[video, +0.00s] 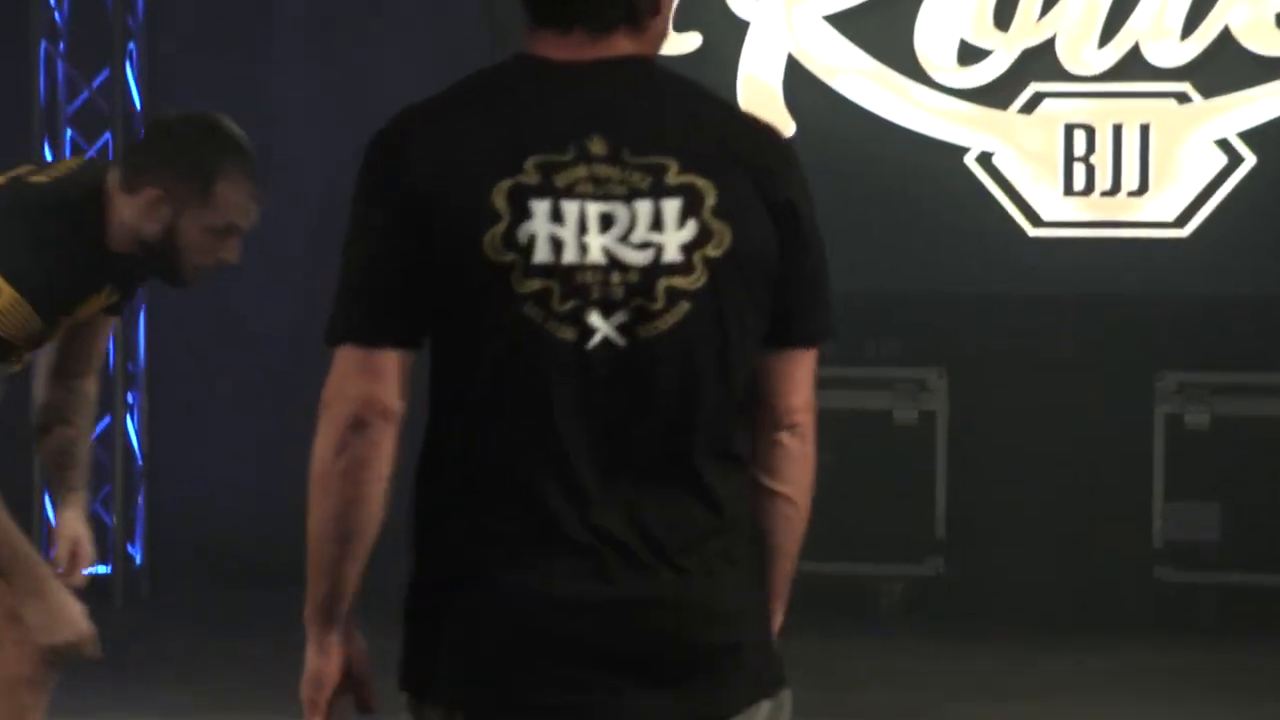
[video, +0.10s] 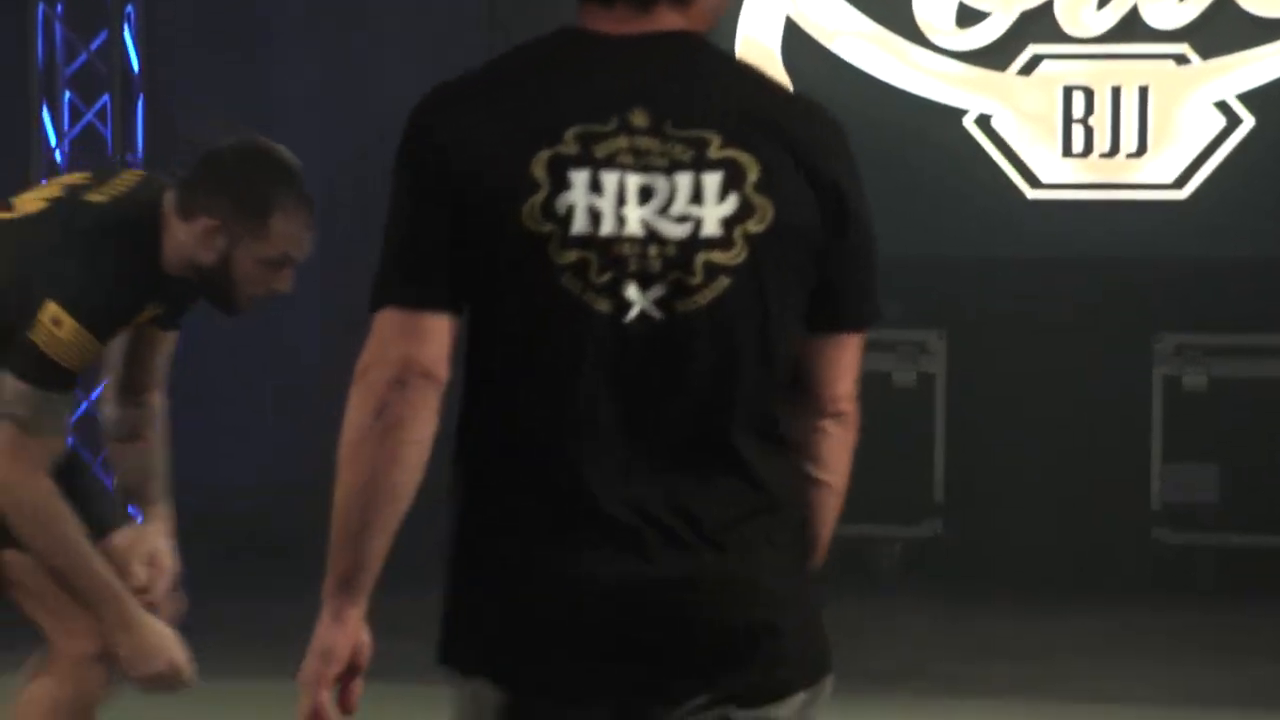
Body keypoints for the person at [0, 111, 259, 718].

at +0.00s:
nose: (232, 256)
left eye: (240, 236)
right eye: (220, 231)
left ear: (152, 204)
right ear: (154, 204)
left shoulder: (125, 237)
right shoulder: (32, 250)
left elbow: (73, 377)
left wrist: (70, 506)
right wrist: (30, 586)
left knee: (30, 638)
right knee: (37, 634)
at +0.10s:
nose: (286, 286)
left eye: (293, 266)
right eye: (274, 264)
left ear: (209, 233)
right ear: (209, 236)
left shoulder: (178, 244)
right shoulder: (90, 271)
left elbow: (139, 394)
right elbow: (15, 474)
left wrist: (153, 519)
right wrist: (126, 623)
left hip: (30, 419)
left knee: (146, 599)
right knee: (84, 643)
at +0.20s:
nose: (360, 309)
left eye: (366, 293)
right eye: (350, 291)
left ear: (290, 262)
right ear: (292, 266)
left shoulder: (262, 256)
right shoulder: (189, 301)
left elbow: (263, 395)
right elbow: (153, 495)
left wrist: (287, 493)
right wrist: (250, 630)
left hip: (131, 396)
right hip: (45, 417)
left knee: (291, 527)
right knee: (192, 607)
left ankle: (292, 704)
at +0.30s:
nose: (425, 322)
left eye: (430, 308)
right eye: (417, 308)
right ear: (362, 288)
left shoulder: (339, 257)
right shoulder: (277, 331)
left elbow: (363, 374)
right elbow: (265, 503)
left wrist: (395, 457)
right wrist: (337, 624)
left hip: (224, 383)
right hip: (146, 406)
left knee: (381, 486)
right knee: (283, 568)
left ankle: (488, 667)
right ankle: (137, 702)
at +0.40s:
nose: (464, 319)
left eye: (467, 307)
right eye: (459, 308)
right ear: (422, 296)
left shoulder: (400, 265)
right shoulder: (339, 336)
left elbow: (427, 362)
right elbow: (338, 498)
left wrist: (469, 443)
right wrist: (396, 614)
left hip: (304, 370)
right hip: (236, 396)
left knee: (443, 449)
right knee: (337, 546)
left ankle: (522, 622)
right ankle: (181, 618)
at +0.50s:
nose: (480, 330)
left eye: (486, 318)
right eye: (474, 318)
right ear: (450, 301)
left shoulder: (449, 268)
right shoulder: (391, 348)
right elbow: (390, 494)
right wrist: (423, 603)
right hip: (301, 385)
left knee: (494, 413)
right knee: (392, 533)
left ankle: (523, 566)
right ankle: (232, 551)